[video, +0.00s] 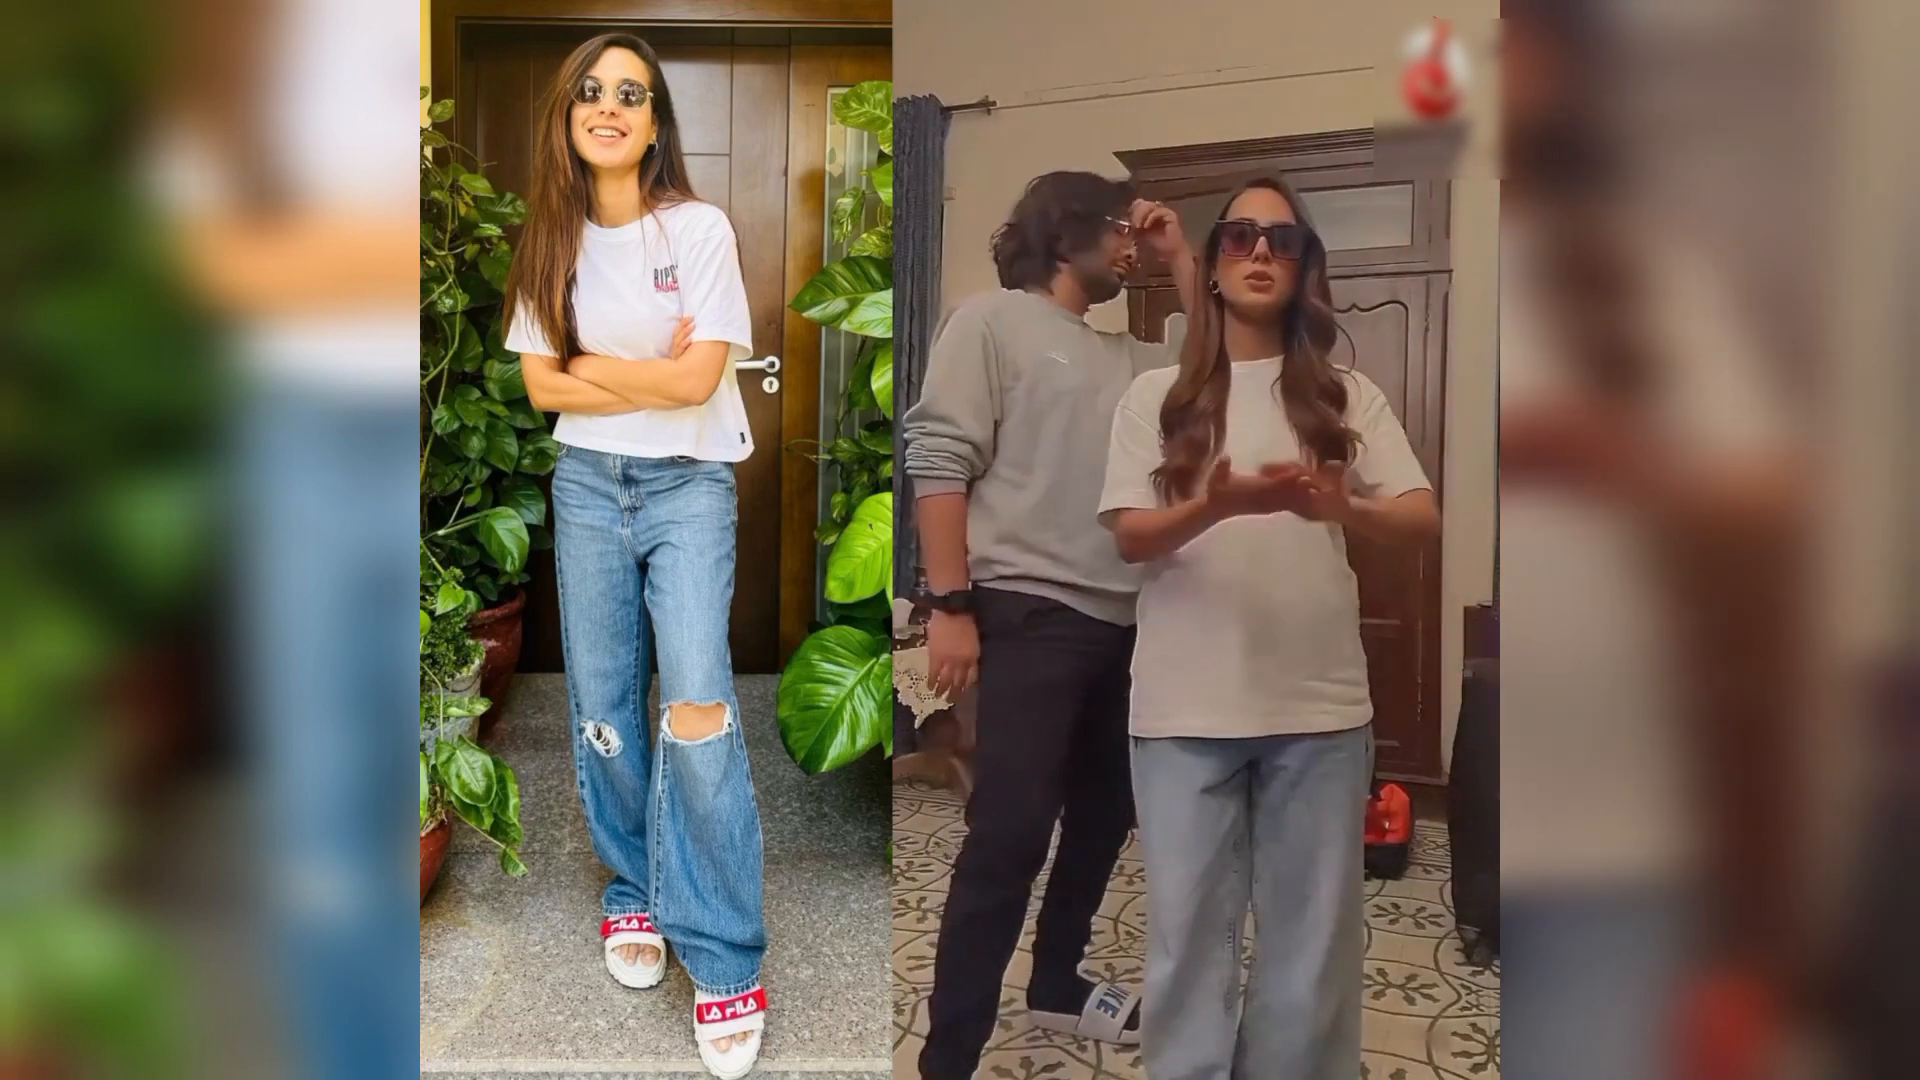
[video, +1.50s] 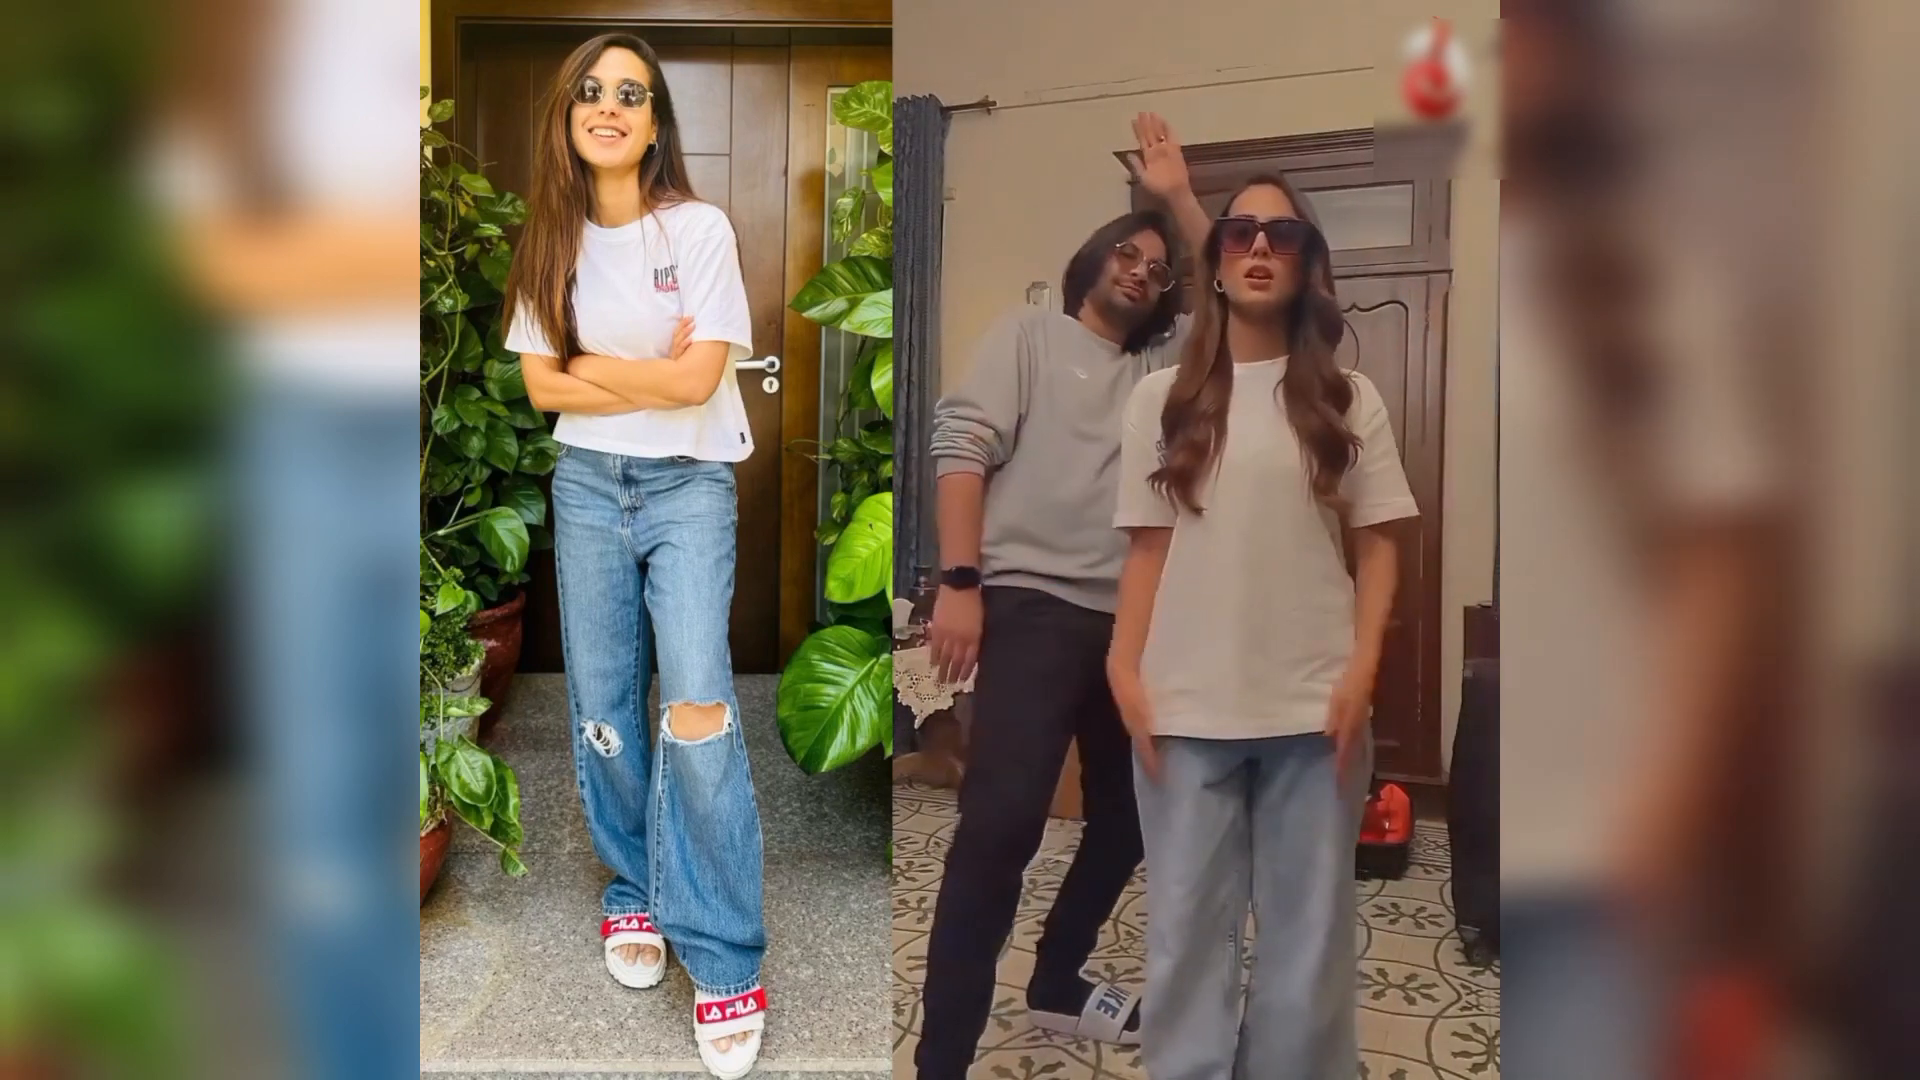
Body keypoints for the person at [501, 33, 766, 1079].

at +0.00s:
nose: (610, 111)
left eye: (629, 98)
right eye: (593, 95)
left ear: (656, 121)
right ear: (566, 117)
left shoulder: (699, 226)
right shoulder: (549, 239)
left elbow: (698, 378)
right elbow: (540, 385)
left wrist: (575, 362)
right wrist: (662, 377)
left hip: (689, 482)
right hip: (584, 483)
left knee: (695, 709)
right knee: (602, 708)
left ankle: (724, 955)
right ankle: (631, 890)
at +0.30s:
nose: (610, 111)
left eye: (629, 98)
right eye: (593, 96)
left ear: (656, 121)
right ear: (566, 117)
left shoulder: (699, 226)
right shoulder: (550, 239)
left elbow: (699, 378)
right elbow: (540, 385)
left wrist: (575, 361)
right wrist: (663, 377)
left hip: (689, 481)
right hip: (584, 483)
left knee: (694, 709)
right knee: (602, 707)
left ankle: (724, 957)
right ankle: (631, 891)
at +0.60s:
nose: (610, 111)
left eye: (630, 97)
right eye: (593, 95)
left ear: (656, 121)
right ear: (566, 117)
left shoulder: (699, 226)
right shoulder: (549, 240)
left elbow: (698, 378)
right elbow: (540, 385)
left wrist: (576, 362)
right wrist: (662, 378)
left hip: (689, 482)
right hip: (584, 484)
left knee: (695, 708)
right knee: (603, 708)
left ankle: (724, 955)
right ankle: (631, 889)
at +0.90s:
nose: (610, 111)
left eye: (630, 97)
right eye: (593, 95)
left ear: (656, 120)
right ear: (566, 117)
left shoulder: (699, 226)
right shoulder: (549, 240)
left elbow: (698, 378)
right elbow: (540, 385)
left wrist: (576, 362)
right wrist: (662, 378)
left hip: (689, 482)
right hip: (584, 484)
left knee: (695, 708)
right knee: (603, 708)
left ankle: (724, 955)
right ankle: (631, 889)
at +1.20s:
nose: (610, 111)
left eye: (630, 97)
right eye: (593, 95)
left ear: (656, 121)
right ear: (566, 117)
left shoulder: (699, 226)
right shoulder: (549, 240)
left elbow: (698, 378)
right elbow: (540, 385)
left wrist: (576, 363)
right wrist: (662, 378)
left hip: (689, 482)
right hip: (584, 485)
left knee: (694, 708)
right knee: (603, 708)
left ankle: (724, 956)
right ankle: (631, 891)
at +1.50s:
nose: (610, 111)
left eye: (630, 97)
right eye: (593, 95)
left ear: (656, 120)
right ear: (566, 117)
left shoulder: (699, 226)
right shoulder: (549, 240)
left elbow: (698, 378)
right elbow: (540, 385)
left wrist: (576, 362)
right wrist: (662, 378)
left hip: (689, 482)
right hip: (584, 484)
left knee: (695, 708)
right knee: (603, 709)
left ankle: (724, 954)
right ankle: (631, 890)